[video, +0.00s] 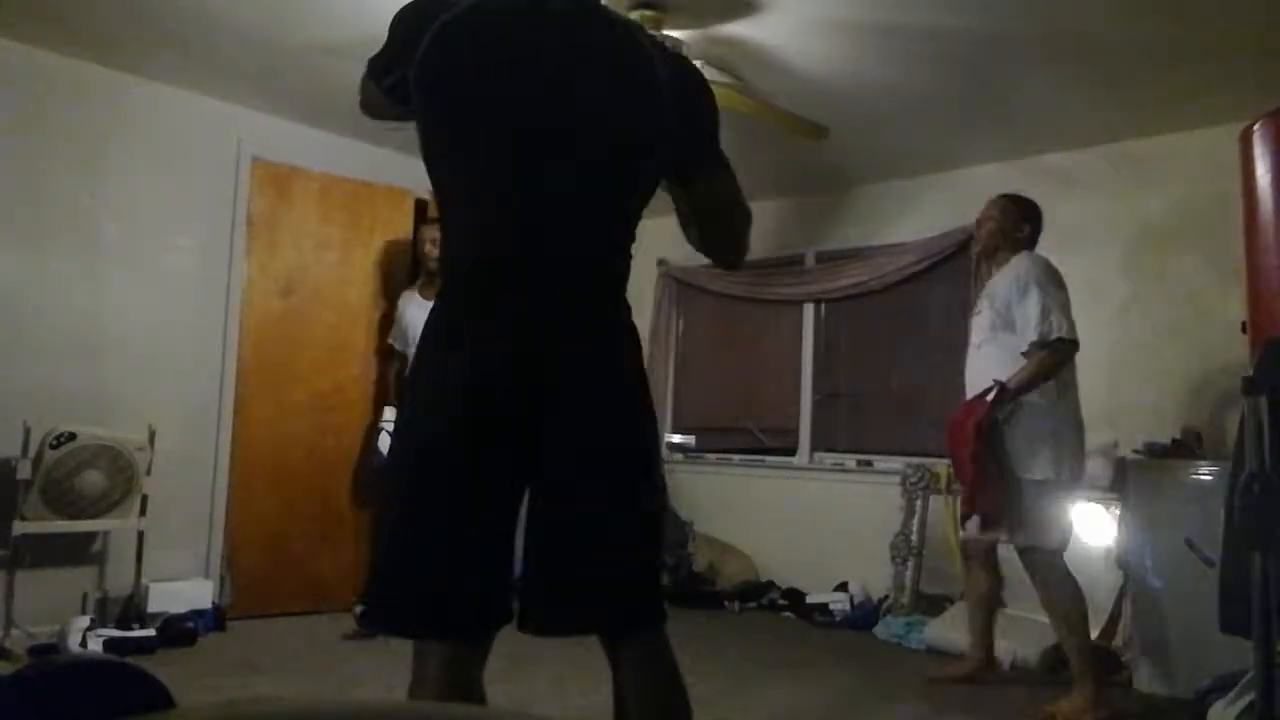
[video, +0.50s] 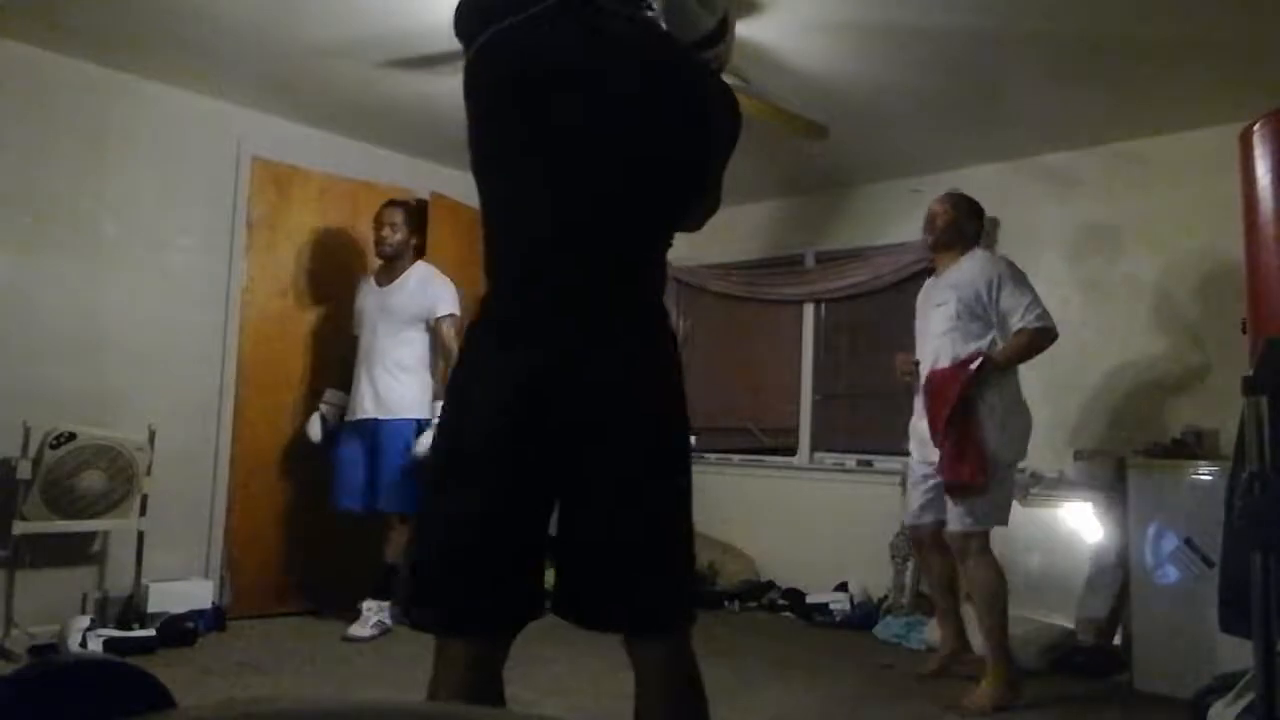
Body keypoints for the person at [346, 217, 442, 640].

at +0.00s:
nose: (432, 250)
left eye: (438, 244)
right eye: (427, 243)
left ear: (448, 250)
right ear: (417, 249)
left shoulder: (459, 299)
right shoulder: (408, 299)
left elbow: (464, 359)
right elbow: (396, 357)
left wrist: (460, 408)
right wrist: (388, 411)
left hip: (447, 414)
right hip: (409, 411)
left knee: (430, 506)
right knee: (391, 503)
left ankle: (424, 605)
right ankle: (376, 603)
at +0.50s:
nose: (384, 234)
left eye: (394, 228)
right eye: (379, 227)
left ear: (413, 236)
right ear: (373, 233)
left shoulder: (432, 284)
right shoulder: (366, 287)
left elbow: (450, 357)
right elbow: (358, 355)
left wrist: (439, 420)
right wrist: (331, 404)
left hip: (406, 416)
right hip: (364, 413)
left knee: (397, 513)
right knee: (379, 512)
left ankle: (382, 604)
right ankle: (397, 598)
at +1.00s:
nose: (316, 221)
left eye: (327, 214)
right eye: (311, 214)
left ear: (348, 223)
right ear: (306, 223)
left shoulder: (374, 272)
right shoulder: (303, 284)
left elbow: (395, 344)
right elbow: (301, 358)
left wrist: (375, 407)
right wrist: (280, 417)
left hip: (347, 414)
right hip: (300, 415)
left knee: (340, 514)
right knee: (294, 514)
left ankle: (368, 604)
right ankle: (295, 610)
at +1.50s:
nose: (283, 206)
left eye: (294, 200)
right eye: (276, 199)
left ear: (310, 212)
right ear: (264, 209)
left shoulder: (336, 268)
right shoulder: (245, 271)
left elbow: (364, 338)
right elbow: (226, 344)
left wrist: (370, 409)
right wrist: (201, 403)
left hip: (306, 407)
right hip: (253, 407)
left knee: (280, 513)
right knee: (268, 512)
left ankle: (247, 625)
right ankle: (292, 607)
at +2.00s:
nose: (264, 184)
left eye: (275, 179)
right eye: (256, 176)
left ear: (292, 193)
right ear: (240, 185)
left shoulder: (312, 251)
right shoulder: (213, 249)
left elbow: (332, 330)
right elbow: (195, 328)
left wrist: (316, 399)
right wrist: (170, 395)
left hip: (278, 408)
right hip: (212, 405)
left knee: (265, 522)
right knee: (200, 510)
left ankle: (242, 628)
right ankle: (209, 612)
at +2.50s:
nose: (225, 164)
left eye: (237, 157)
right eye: (215, 155)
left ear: (254, 172)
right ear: (198, 166)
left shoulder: (282, 238)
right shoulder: (170, 236)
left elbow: (311, 321)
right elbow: (142, 324)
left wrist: (322, 402)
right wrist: (117, 404)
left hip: (245, 401)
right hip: (173, 402)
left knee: (226, 518)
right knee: (177, 525)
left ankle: (229, 615)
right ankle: (181, 642)